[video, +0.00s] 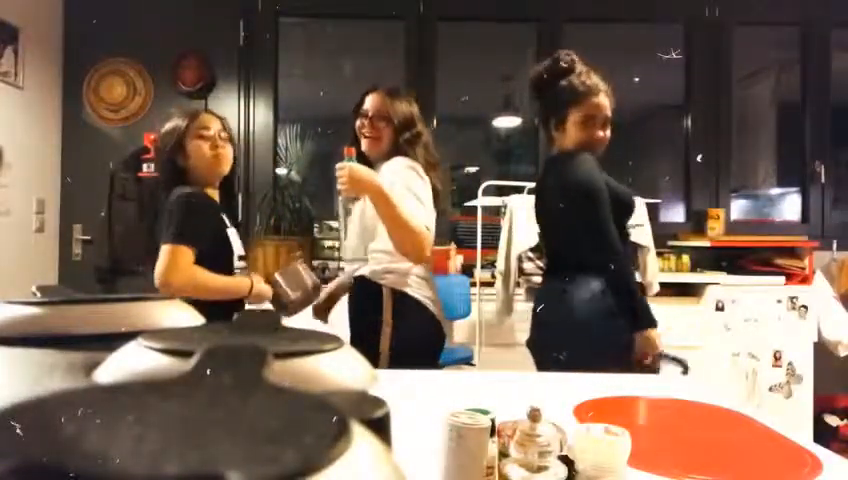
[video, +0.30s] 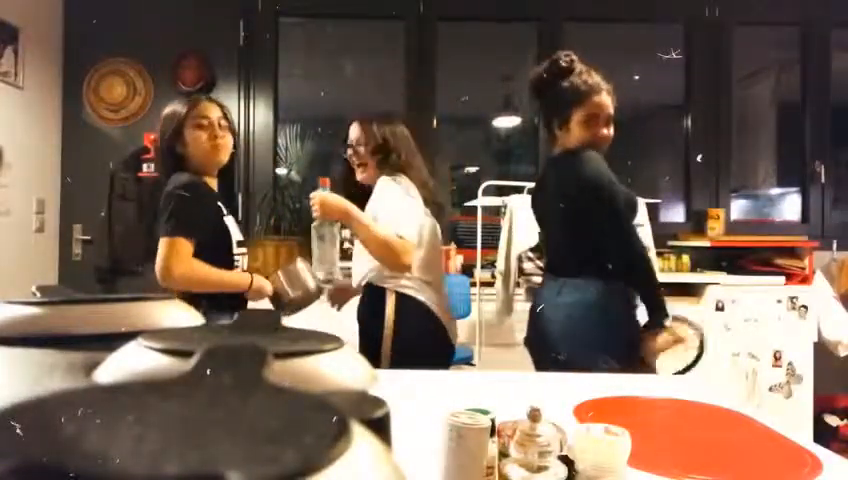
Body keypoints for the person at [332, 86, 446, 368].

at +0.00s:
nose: (366, 124)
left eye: (380, 118)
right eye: (362, 116)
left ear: (403, 128)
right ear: (355, 121)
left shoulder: (400, 170)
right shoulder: (383, 174)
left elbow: (419, 250)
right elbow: (379, 256)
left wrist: (374, 188)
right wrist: (338, 288)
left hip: (394, 307)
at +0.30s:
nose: (350, 154)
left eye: (357, 145)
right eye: (349, 147)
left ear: (383, 146)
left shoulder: (390, 188)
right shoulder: (410, 193)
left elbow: (401, 257)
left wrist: (348, 212)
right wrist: (357, 288)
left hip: (399, 317)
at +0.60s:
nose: (369, 139)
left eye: (378, 131)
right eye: (367, 132)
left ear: (404, 135)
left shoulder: (413, 178)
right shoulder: (401, 181)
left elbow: (417, 250)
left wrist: (364, 211)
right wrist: (362, 210)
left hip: (407, 304)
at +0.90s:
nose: (394, 140)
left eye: (405, 133)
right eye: (391, 132)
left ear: (428, 142)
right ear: (385, 136)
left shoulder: (428, 189)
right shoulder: (407, 188)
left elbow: (427, 266)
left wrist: (378, 215)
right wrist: (360, 221)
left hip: (411, 307)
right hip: (391, 303)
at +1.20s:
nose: (401, 137)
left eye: (412, 128)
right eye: (395, 127)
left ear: (432, 137)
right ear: (388, 133)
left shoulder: (429, 186)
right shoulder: (409, 186)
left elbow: (433, 266)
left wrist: (376, 223)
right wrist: (368, 226)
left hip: (415, 308)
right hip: (396, 303)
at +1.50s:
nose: (400, 127)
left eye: (412, 121)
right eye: (395, 119)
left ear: (432, 134)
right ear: (387, 127)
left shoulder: (433, 181)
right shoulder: (411, 184)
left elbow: (444, 262)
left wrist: (377, 231)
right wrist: (368, 238)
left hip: (427, 315)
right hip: (408, 311)